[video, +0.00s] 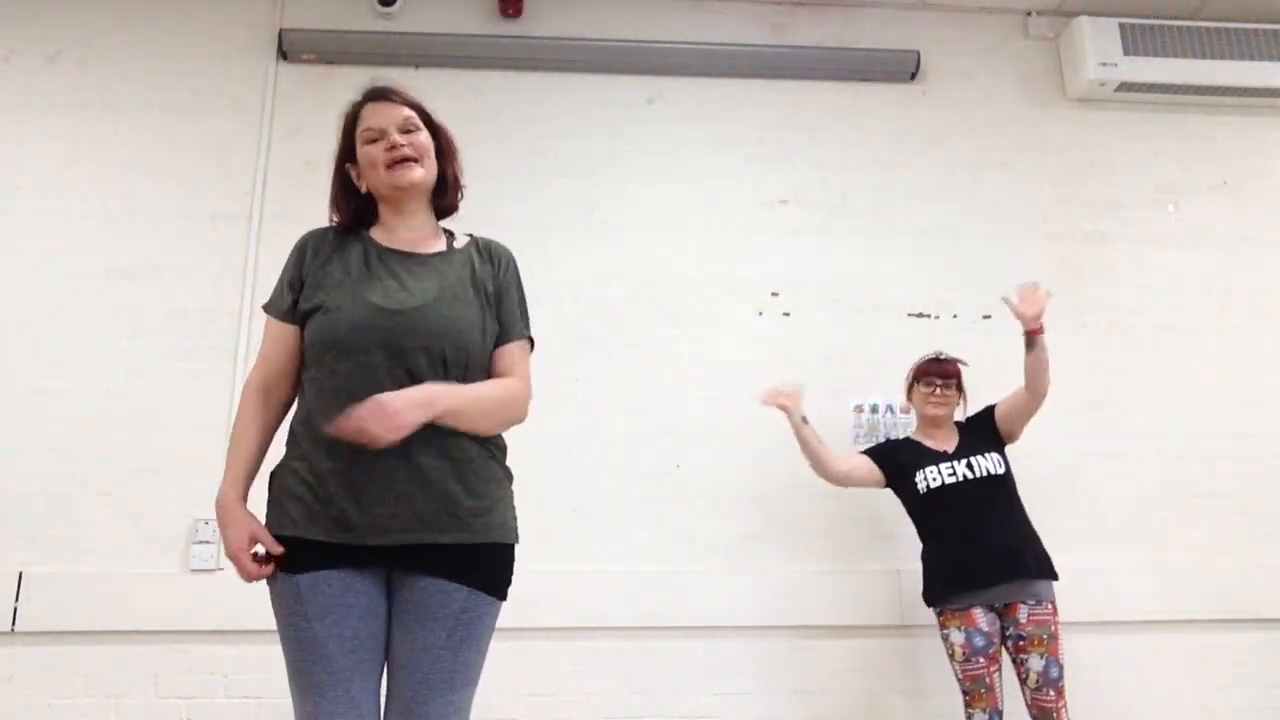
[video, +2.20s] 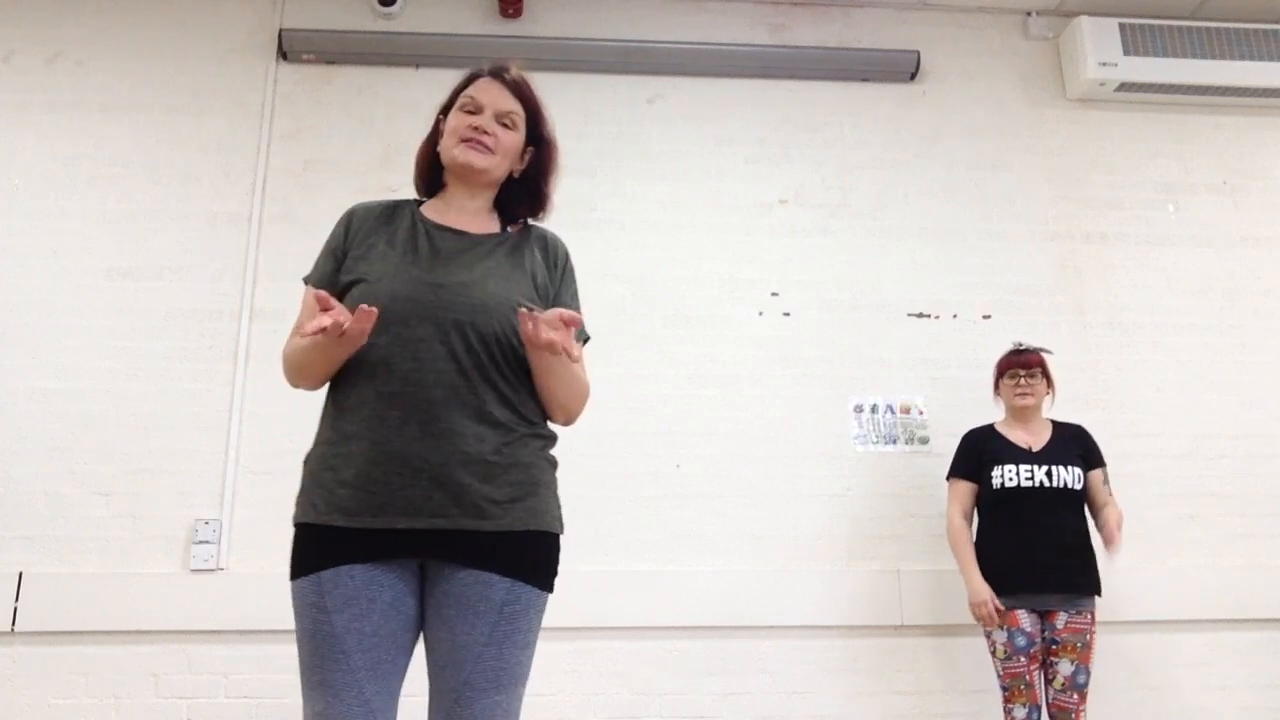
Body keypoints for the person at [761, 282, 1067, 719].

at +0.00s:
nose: (938, 391)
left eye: (948, 385)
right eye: (929, 384)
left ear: (960, 396)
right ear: (910, 395)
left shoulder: (986, 430)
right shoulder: (897, 457)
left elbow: (1035, 391)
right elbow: (835, 470)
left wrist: (1034, 330)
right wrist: (796, 417)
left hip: (1027, 584)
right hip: (961, 597)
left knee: (1050, 707)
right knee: (984, 711)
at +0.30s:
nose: (946, 388)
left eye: (956, 381)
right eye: (936, 381)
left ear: (969, 390)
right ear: (920, 391)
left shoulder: (996, 428)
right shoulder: (904, 452)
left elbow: (1055, 411)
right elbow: (845, 478)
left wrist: (1034, 355)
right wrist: (816, 428)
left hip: (1028, 586)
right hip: (960, 596)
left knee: (1048, 705)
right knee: (982, 710)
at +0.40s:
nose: (953, 385)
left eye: (962, 378)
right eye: (942, 377)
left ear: (975, 386)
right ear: (927, 387)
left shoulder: (1005, 427)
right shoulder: (912, 446)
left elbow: (1076, 443)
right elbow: (849, 480)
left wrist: (1039, 409)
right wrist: (836, 465)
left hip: (1029, 583)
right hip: (962, 591)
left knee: (1049, 705)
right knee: (982, 708)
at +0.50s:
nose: (963, 381)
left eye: (973, 374)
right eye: (953, 375)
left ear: (988, 383)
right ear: (939, 386)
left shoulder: (1017, 429)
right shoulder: (922, 442)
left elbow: (1076, 480)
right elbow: (869, 481)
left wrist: (1070, 475)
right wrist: (856, 525)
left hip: (1033, 583)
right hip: (964, 589)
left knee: (1049, 703)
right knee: (984, 706)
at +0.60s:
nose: (977, 380)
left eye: (986, 373)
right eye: (967, 375)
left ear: (1002, 383)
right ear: (953, 387)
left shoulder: (1033, 433)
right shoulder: (936, 445)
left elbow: (1063, 500)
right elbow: (898, 508)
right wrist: (886, 575)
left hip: (1038, 590)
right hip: (970, 594)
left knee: (1052, 707)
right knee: (987, 708)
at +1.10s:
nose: (1028, 378)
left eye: (1038, 372)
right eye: (1018, 373)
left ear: (1054, 382)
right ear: (1004, 387)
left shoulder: (1084, 436)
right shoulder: (984, 440)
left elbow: (1115, 510)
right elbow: (959, 514)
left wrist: (1141, 568)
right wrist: (952, 580)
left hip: (1076, 594)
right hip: (1008, 594)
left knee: (1071, 707)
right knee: (1029, 706)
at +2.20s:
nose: (1023, 383)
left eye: (1032, 376)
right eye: (1013, 377)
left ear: (1048, 387)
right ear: (998, 388)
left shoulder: (1076, 438)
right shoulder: (978, 443)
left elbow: (1102, 501)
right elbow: (957, 517)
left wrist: (1110, 523)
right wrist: (975, 584)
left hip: (1073, 596)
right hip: (1007, 598)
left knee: (1069, 708)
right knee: (1022, 709)